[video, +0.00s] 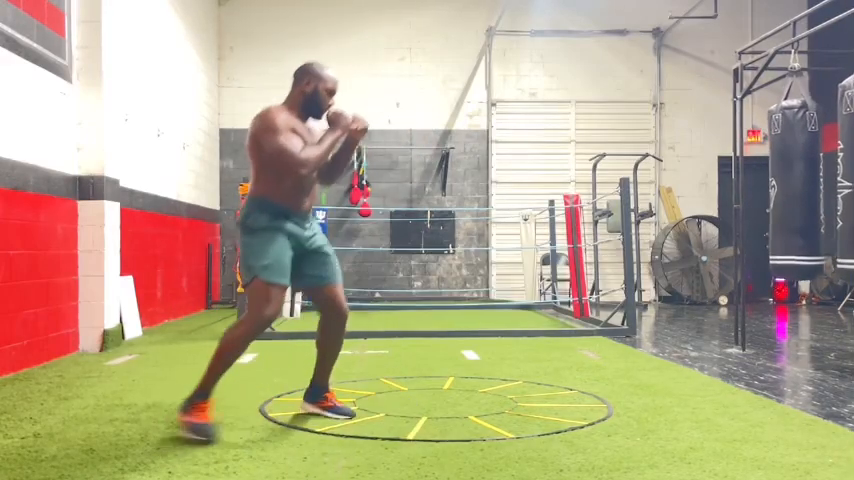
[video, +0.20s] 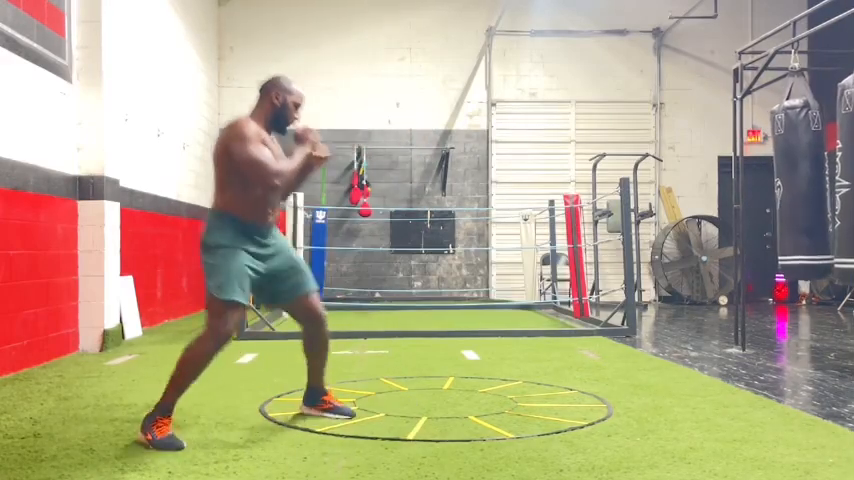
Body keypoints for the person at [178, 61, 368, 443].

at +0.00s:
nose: (331, 103)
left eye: (333, 97)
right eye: (328, 94)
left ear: (310, 87)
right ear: (305, 85)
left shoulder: (312, 129)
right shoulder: (270, 121)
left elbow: (328, 176)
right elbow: (304, 162)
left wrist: (352, 142)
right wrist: (338, 132)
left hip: (306, 226)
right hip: (268, 223)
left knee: (337, 311)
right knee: (264, 310)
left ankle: (318, 392)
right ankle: (197, 401)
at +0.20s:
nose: (298, 116)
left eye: (300, 109)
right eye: (295, 107)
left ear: (275, 99)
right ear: (273, 97)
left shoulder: (275, 143)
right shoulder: (242, 131)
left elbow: (281, 190)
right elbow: (275, 179)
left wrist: (311, 162)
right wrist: (304, 149)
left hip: (268, 240)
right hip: (230, 238)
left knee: (315, 316)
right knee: (223, 328)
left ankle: (316, 394)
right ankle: (159, 416)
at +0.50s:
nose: (258, 95)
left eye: (260, 89)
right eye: (255, 86)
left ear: (234, 79)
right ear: (232, 77)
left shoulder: (232, 122)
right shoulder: (199, 107)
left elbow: (242, 176)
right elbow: (236, 148)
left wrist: (272, 141)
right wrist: (266, 120)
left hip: (222, 224)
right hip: (182, 220)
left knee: (248, 311)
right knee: (181, 316)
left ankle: (209, 385)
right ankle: (126, 410)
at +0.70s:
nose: (247, 101)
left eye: (250, 94)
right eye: (244, 92)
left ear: (223, 83)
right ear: (221, 81)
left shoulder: (226, 128)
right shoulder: (184, 118)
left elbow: (229, 174)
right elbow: (214, 164)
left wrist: (261, 153)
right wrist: (251, 135)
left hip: (218, 228)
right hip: (178, 227)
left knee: (258, 304)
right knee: (172, 316)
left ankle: (213, 377)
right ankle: (124, 414)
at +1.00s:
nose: (274, 115)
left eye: (276, 109)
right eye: (271, 108)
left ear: (253, 102)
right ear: (248, 100)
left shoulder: (258, 145)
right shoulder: (213, 136)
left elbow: (272, 190)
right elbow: (236, 175)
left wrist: (296, 163)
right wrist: (275, 147)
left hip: (249, 241)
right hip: (206, 240)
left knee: (284, 312)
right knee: (187, 319)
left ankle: (296, 384)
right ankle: (141, 405)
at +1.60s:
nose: (320, 132)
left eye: (323, 126)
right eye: (315, 125)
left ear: (323, 125)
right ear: (294, 122)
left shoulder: (328, 157)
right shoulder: (266, 161)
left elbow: (357, 194)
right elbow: (272, 202)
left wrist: (363, 169)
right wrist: (310, 168)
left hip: (331, 247)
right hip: (287, 252)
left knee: (362, 314)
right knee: (264, 326)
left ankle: (391, 381)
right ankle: (229, 381)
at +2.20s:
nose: (269, 131)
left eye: (272, 126)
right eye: (265, 123)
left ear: (274, 126)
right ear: (246, 118)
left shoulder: (273, 157)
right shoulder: (212, 146)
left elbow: (291, 199)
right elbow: (212, 187)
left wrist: (302, 170)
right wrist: (255, 158)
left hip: (258, 242)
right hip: (215, 242)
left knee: (285, 305)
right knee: (188, 318)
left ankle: (312, 383)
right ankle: (150, 380)